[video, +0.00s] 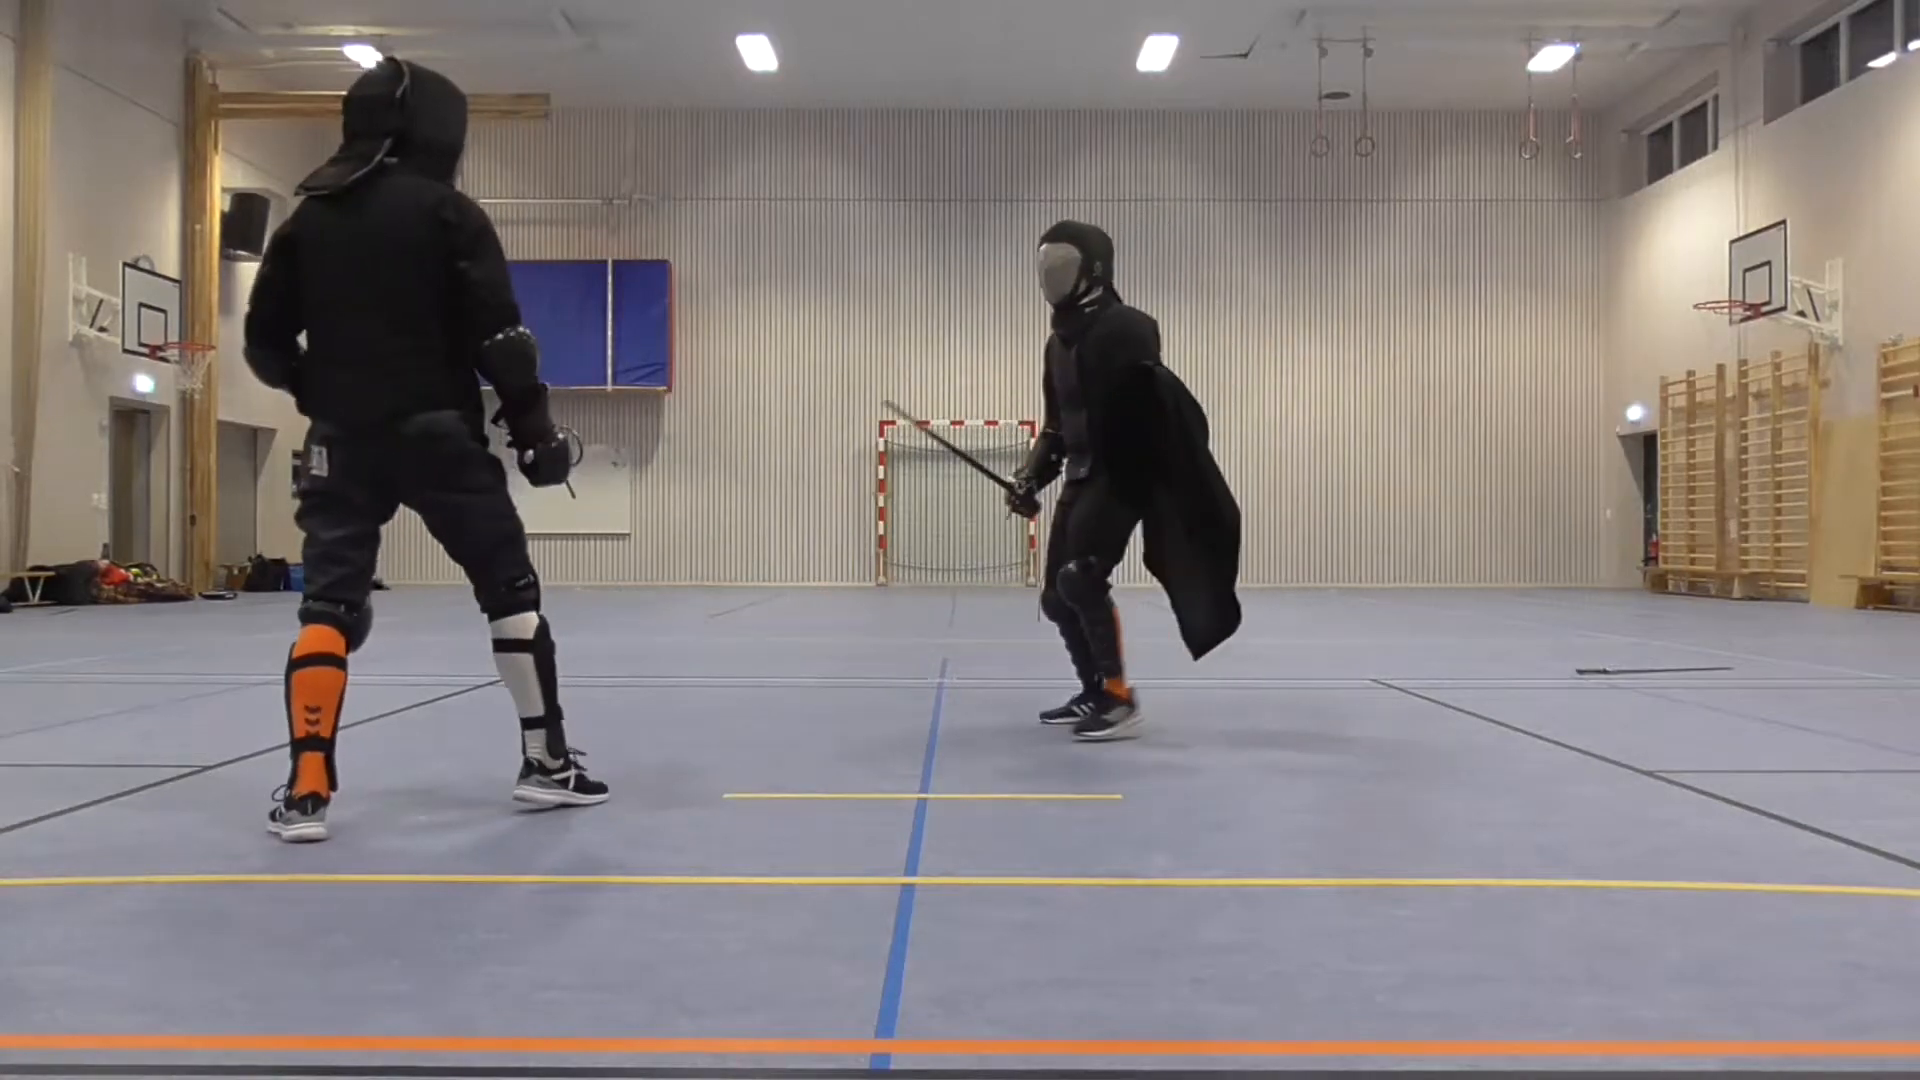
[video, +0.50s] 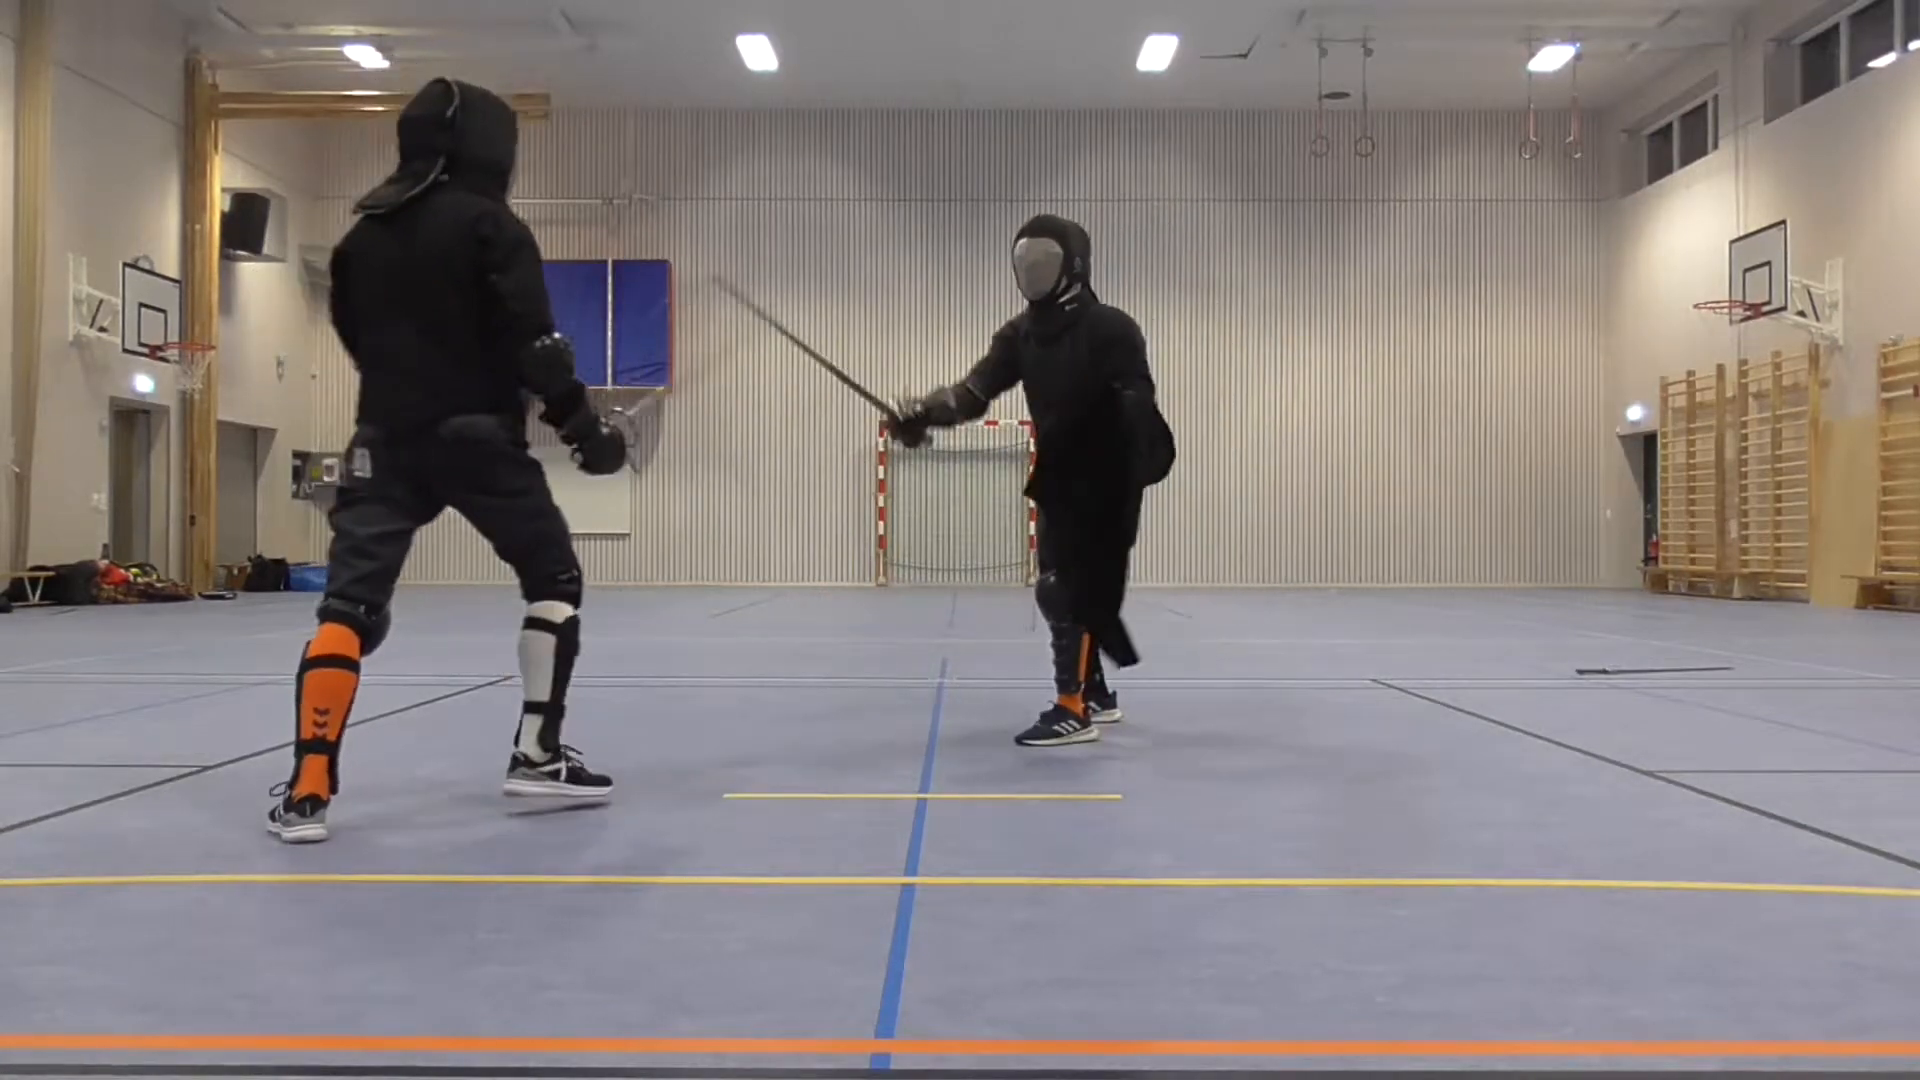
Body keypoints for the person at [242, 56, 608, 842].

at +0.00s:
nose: (458, 147)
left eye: (455, 133)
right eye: (453, 134)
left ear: (365, 129)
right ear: (431, 132)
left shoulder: (309, 219)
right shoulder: (449, 215)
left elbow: (264, 342)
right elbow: (502, 341)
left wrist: (324, 389)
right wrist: (537, 432)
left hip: (339, 441)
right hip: (440, 438)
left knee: (328, 602)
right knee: (508, 586)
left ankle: (308, 789)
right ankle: (545, 755)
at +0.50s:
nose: (508, 162)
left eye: (508, 149)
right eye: (502, 148)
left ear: (418, 145)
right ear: (481, 147)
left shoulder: (366, 231)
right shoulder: (492, 226)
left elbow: (354, 330)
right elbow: (536, 345)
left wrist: (410, 385)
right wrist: (586, 426)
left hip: (384, 441)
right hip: (480, 440)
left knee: (348, 602)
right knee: (553, 580)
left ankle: (309, 789)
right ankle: (538, 749)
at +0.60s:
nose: (533, 178)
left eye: (532, 165)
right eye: (527, 165)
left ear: (445, 164)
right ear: (507, 165)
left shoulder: (405, 253)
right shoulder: (519, 243)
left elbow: (462, 351)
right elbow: (577, 341)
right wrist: (643, 400)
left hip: (414, 458)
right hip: (506, 457)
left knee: (366, 609)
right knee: (587, 583)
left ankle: (314, 782)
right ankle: (552, 743)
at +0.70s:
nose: (586, 209)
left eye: (583, 197)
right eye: (582, 197)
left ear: (502, 193)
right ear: (566, 198)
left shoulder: (469, 262)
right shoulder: (566, 267)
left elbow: (548, 321)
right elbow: (655, 328)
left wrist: (637, 305)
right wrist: (711, 329)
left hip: (455, 470)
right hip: (541, 470)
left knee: (389, 617)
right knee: (630, 592)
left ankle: (315, 788)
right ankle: (593, 742)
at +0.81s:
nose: (655, 229)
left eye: (651, 218)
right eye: (648, 217)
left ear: (574, 217)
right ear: (633, 223)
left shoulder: (553, 282)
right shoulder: (631, 283)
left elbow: (674, 301)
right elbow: (742, 311)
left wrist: (752, 281)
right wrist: (766, 267)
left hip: (528, 480)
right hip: (604, 482)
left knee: (441, 611)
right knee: (663, 616)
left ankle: (341, 754)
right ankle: (598, 755)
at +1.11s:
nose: (806, 258)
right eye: (798, 249)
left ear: (733, 268)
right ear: (792, 255)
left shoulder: (724, 334)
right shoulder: (829, 317)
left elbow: (678, 425)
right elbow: (904, 358)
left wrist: (743, 440)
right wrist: (939, 358)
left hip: (755, 492)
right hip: (823, 486)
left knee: (823, 574)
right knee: (755, 637)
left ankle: (847, 702)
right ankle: (635, 723)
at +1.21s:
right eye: (852, 263)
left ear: (794, 285)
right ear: (849, 273)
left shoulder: (795, 345)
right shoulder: (892, 330)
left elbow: (740, 409)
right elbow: (956, 365)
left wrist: (742, 462)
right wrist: (987, 350)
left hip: (828, 495)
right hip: (892, 491)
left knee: (888, 596)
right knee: (856, 632)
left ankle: (877, 723)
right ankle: (755, 706)